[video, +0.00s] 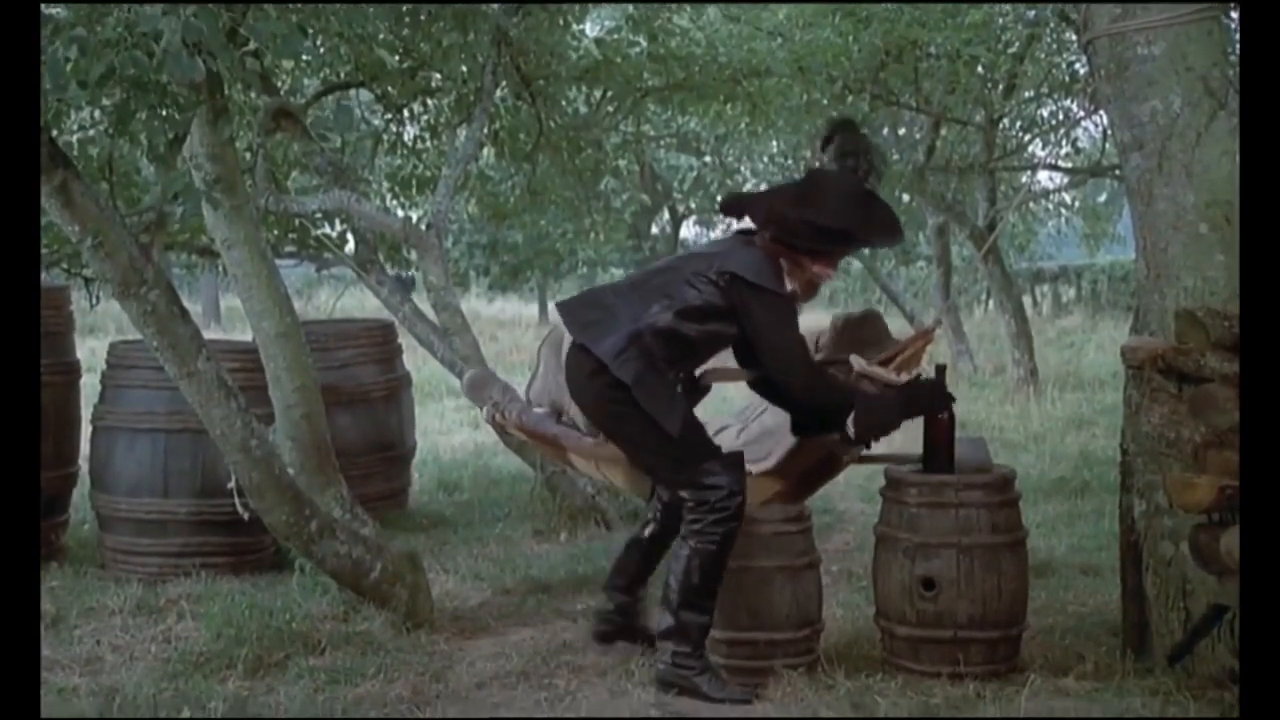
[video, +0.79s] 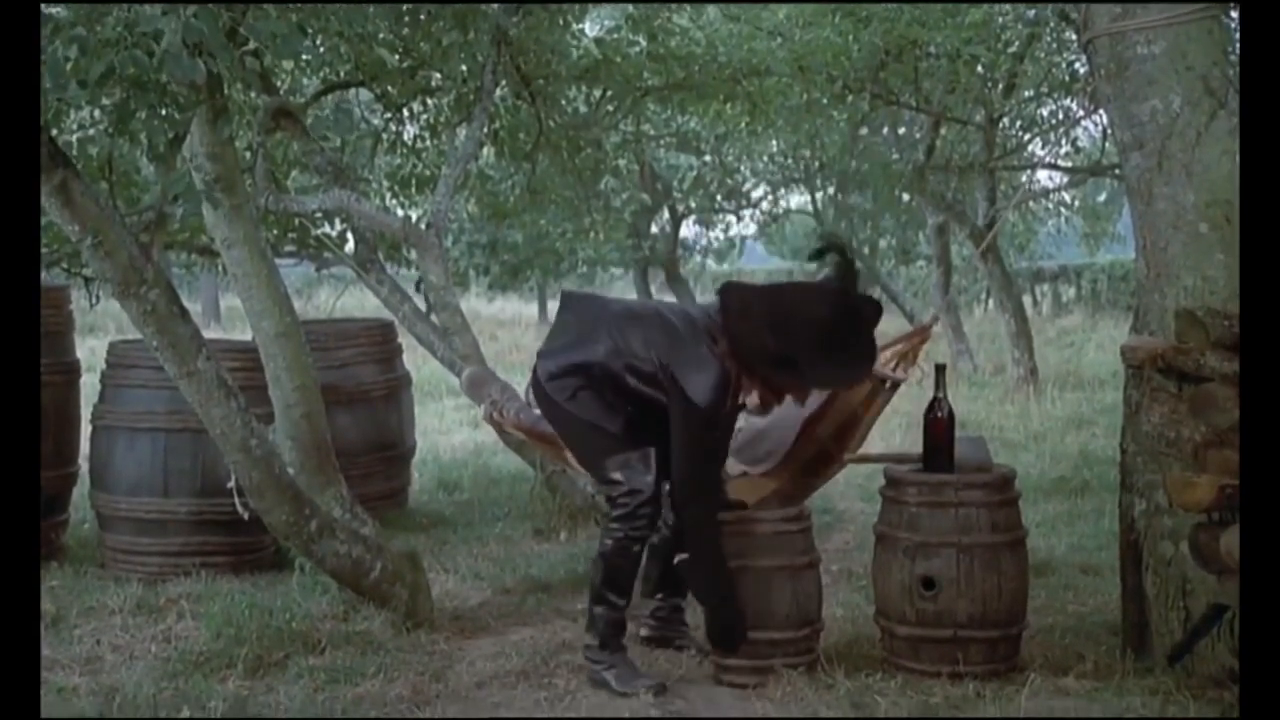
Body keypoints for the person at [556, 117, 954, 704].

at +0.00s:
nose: (830, 276)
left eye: (834, 264)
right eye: (828, 262)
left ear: (777, 236)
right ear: (796, 251)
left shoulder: (738, 258)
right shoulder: (756, 276)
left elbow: (767, 374)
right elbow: (799, 380)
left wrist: (841, 408)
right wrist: (879, 402)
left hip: (595, 361)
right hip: (616, 372)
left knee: (689, 481)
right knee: (718, 487)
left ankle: (618, 608)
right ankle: (685, 658)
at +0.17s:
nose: (819, 271)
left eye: (823, 259)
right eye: (814, 257)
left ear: (772, 242)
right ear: (782, 249)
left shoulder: (730, 262)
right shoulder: (731, 274)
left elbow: (746, 372)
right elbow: (752, 379)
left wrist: (791, 421)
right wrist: (845, 428)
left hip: (595, 353)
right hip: (597, 360)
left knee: (684, 475)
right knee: (689, 483)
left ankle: (640, 618)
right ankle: (682, 662)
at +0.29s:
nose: (808, 269)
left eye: (814, 257)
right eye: (803, 255)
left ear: (778, 246)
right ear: (769, 242)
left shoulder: (743, 276)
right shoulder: (711, 275)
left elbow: (730, 386)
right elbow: (732, 397)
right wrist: (817, 459)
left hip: (625, 352)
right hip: (587, 349)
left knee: (690, 469)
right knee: (669, 472)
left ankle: (636, 621)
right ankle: (647, 640)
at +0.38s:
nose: (805, 271)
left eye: (810, 258)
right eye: (799, 257)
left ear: (774, 251)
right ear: (762, 246)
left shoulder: (746, 280)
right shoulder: (709, 279)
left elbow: (717, 376)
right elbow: (722, 402)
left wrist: (720, 434)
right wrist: (786, 492)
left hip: (631, 359)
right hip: (584, 352)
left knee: (687, 480)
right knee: (653, 484)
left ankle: (641, 620)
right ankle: (611, 650)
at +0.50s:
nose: (800, 299)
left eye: (808, 285)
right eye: (795, 282)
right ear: (760, 268)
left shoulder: (729, 297)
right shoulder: (704, 304)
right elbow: (710, 442)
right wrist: (742, 538)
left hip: (630, 365)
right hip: (575, 358)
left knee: (689, 481)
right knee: (639, 485)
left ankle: (654, 619)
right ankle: (606, 652)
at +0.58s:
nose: (807, 334)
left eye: (817, 322)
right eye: (808, 317)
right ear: (778, 303)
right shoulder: (703, 333)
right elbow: (702, 465)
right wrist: (728, 567)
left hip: (634, 371)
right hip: (571, 361)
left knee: (681, 489)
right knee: (630, 494)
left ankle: (663, 619)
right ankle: (603, 651)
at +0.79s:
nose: (799, 398)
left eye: (804, 387)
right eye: (796, 383)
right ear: (766, 361)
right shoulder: (702, 378)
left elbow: (705, 491)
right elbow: (694, 507)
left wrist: (734, 601)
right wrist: (725, 621)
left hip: (626, 376)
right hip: (568, 376)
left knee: (679, 491)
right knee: (634, 496)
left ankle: (664, 616)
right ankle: (603, 650)